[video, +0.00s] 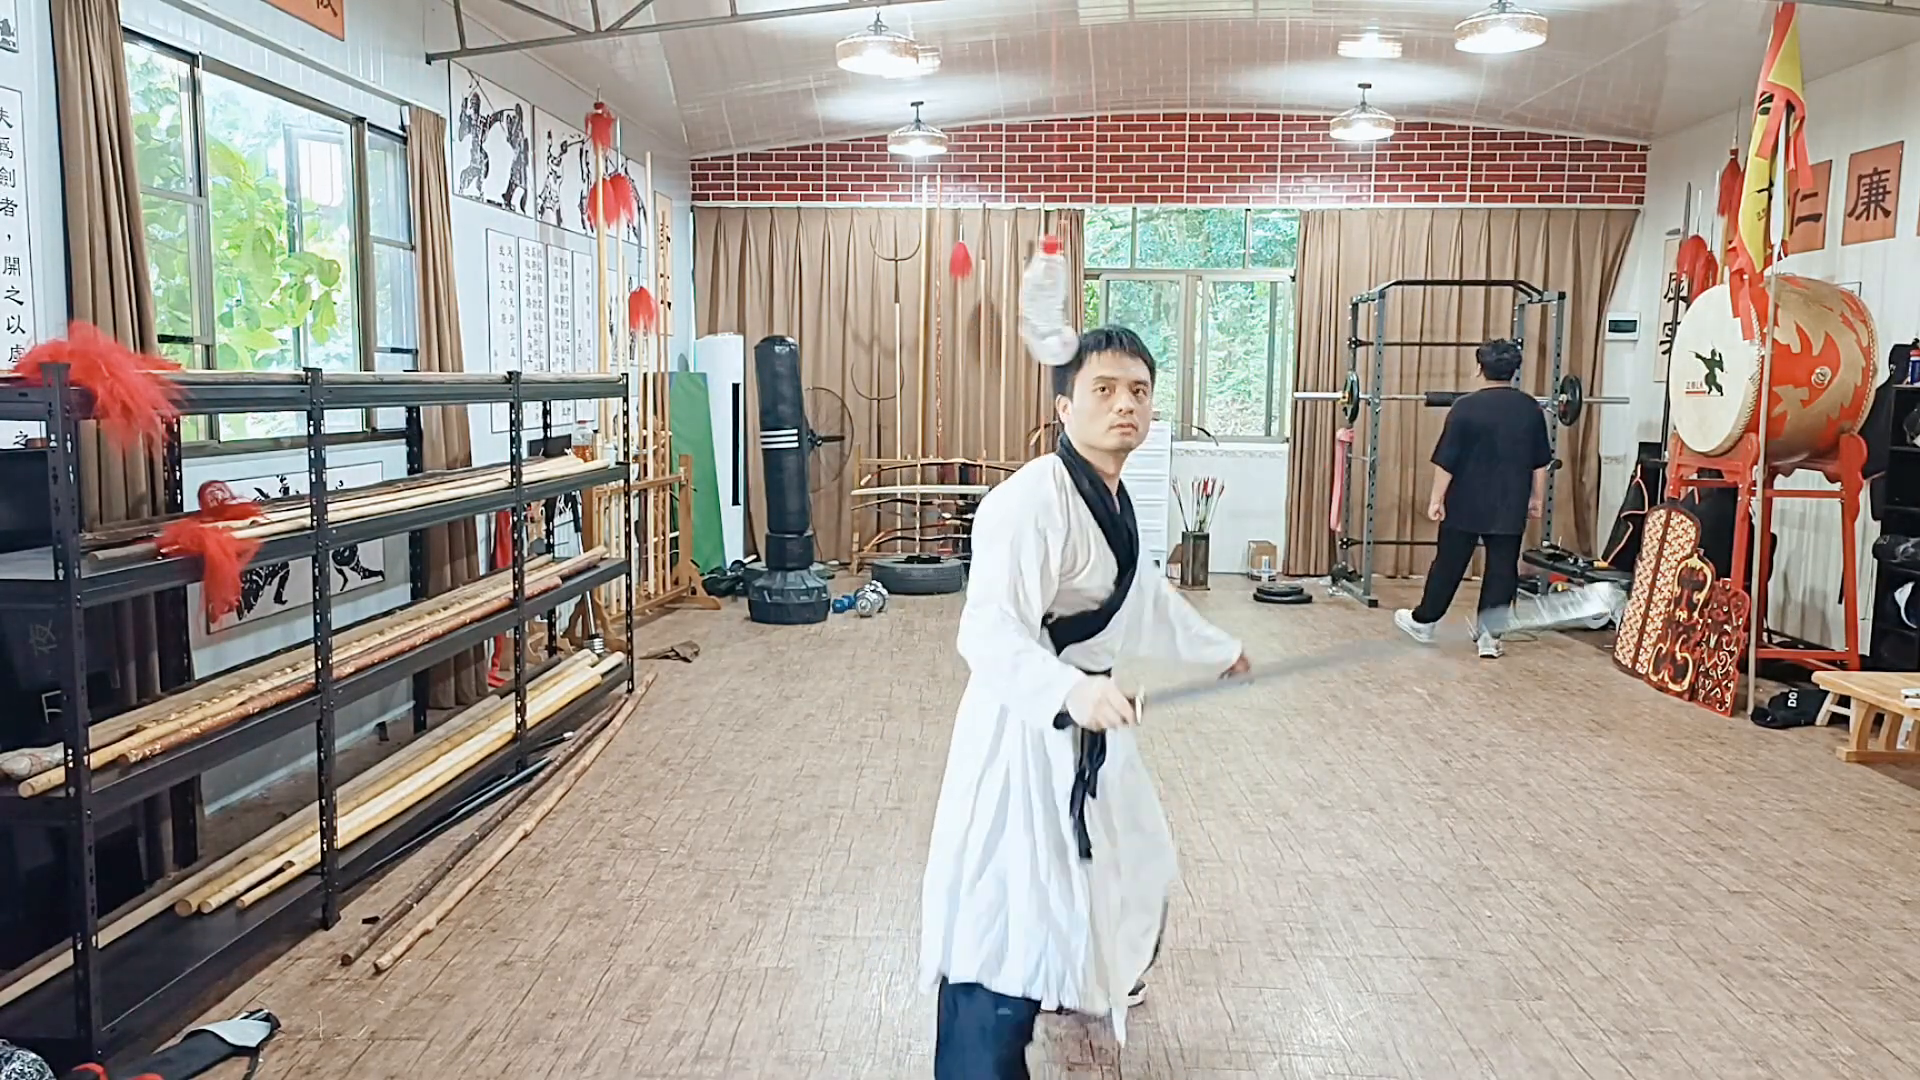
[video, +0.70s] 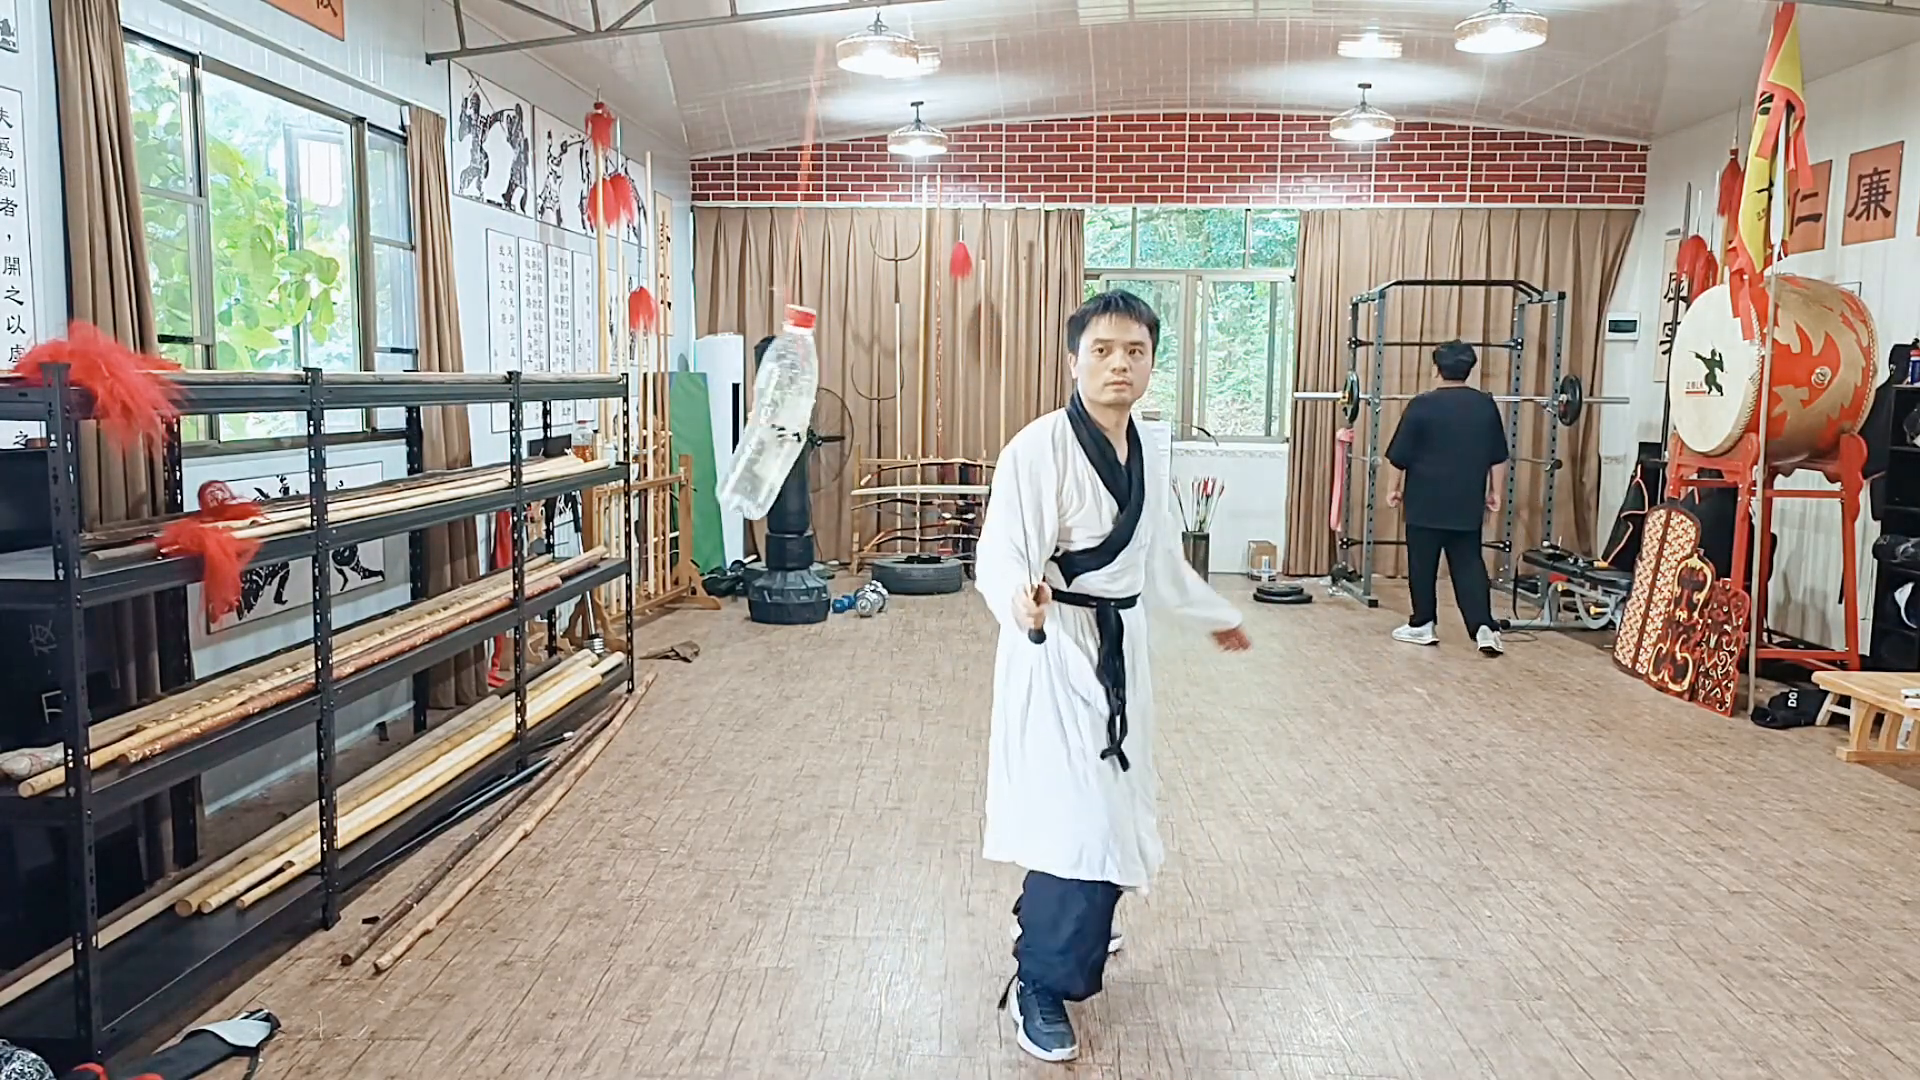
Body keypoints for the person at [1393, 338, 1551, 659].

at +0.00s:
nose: (1477, 368)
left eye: (1479, 365)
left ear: (1482, 369)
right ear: (1514, 370)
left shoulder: (1466, 406)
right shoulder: (1530, 408)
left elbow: (1446, 460)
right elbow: (1541, 461)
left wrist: (1436, 498)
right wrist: (1537, 498)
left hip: (1465, 505)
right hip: (1509, 509)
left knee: (1448, 564)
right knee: (1501, 573)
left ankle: (1423, 621)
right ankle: (1490, 636)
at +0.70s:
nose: (1434, 369)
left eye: (1436, 365)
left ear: (1438, 369)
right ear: (1469, 370)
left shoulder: (1422, 404)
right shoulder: (1484, 404)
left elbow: (1400, 454)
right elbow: (1499, 455)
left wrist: (1394, 487)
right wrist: (1496, 490)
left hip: (1425, 504)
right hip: (1467, 505)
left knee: (1422, 566)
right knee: (1468, 564)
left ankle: (1422, 625)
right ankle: (1483, 628)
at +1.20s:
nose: (1412, 370)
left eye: (1412, 366)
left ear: (1413, 369)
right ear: (1444, 369)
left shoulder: (1400, 406)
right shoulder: (1461, 404)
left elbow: (1377, 455)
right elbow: (1474, 452)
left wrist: (1363, 490)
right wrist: (1473, 486)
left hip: (1406, 502)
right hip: (1447, 500)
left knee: (1411, 561)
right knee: (1440, 554)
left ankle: (1421, 625)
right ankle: (1437, 612)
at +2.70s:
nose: (1417, 370)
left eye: (1419, 366)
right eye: (1420, 366)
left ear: (1423, 369)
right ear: (1453, 373)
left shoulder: (1405, 401)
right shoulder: (1463, 406)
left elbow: (1383, 447)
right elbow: (1471, 455)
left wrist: (1375, 478)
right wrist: (1468, 485)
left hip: (1406, 493)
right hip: (1442, 495)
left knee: (1397, 546)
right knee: (1434, 550)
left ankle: (1405, 603)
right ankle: (1423, 610)